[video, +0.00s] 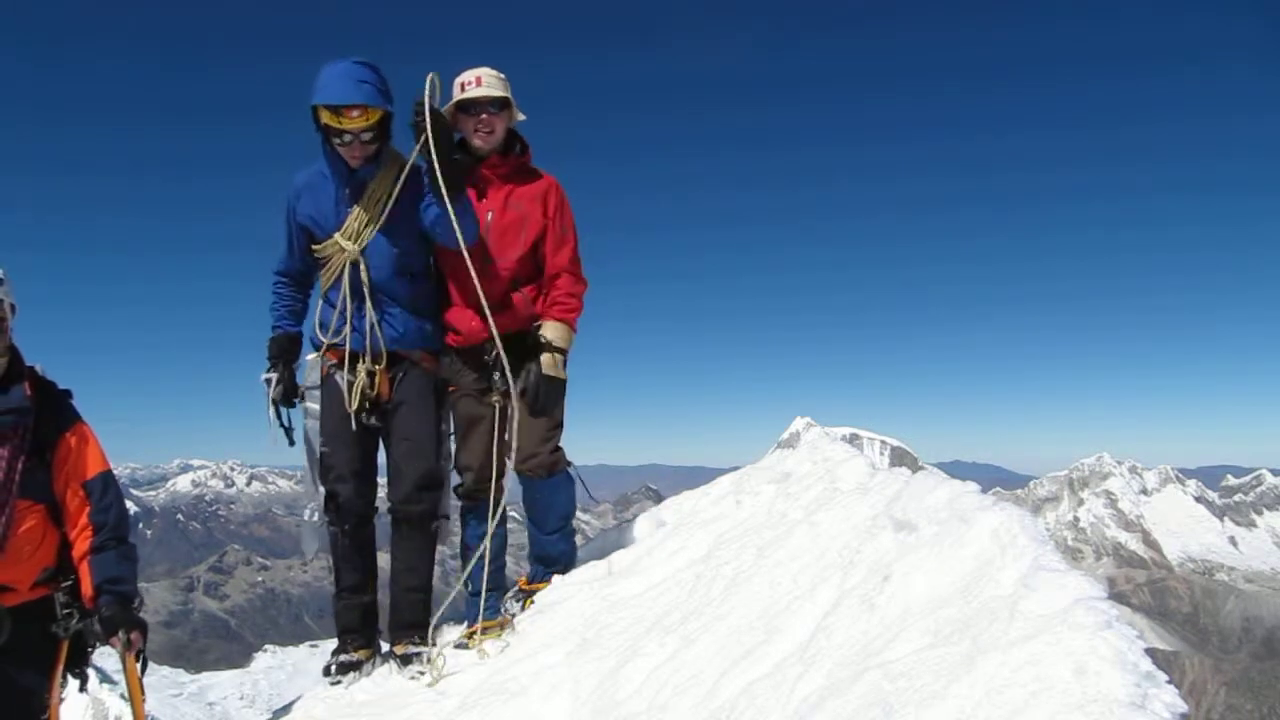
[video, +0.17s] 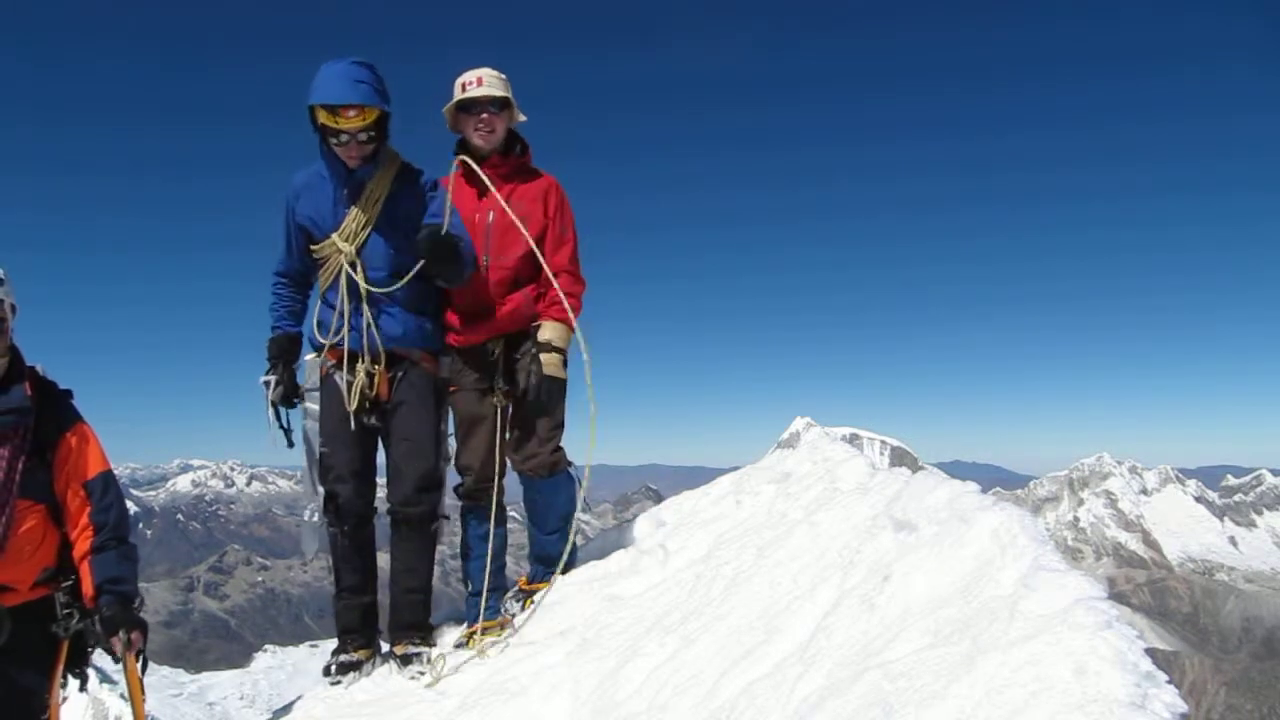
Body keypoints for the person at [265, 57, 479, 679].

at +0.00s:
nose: (354, 138)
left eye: (367, 125)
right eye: (340, 126)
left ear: (386, 122)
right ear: (322, 125)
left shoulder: (413, 180)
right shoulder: (307, 190)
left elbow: (458, 235)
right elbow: (290, 280)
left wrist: (440, 156)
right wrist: (281, 357)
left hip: (412, 362)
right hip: (339, 367)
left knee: (415, 500)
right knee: (346, 502)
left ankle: (409, 634)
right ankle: (355, 640)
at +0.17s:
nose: (352, 140)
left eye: (364, 126)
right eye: (338, 128)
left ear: (384, 123)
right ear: (319, 127)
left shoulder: (416, 186)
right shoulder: (306, 191)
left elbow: (459, 269)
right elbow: (289, 281)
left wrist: (447, 256)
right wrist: (282, 359)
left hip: (411, 363)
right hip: (338, 366)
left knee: (414, 500)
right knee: (346, 501)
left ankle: (410, 634)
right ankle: (355, 640)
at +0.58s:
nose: (352, 142)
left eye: (365, 129)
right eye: (339, 130)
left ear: (384, 126)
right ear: (322, 127)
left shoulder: (408, 191)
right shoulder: (303, 191)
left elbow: (444, 275)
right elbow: (281, 277)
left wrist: (441, 351)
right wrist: (271, 355)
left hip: (411, 359)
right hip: (335, 365)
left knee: (419, 490)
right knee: (342, 498)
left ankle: (402, 621)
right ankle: (355, 637)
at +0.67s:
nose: (358, 138)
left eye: (371, 125)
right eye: (345, 126)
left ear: (389, 123)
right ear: (327, 124)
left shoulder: (411, 191)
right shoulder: (306, 189)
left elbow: (446, 278)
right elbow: (282, 276)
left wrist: (443, 356)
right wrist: (270, 353)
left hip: (412, 361)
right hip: (336, 365)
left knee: (415, 493)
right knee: (342, 498)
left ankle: (395, 629)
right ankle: (354, 638)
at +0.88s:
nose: (373, 125)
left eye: (386, 112)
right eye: (360, 112)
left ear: (404, 115)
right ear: (341, 113)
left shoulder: (423, 190)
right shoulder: (317, 182)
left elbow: (453, 281)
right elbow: (292, 270)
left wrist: (456, 364)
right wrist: (275, 344)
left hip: (412, 367)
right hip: (337, 368)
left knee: (403, 498)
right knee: (343, 500)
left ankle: (390, 639)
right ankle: (352, 639)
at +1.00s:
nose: (380, 119)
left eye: (393, 106)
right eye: (368, 105)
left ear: (413, 109)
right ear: (348, 106)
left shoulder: (429, 187)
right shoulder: (322, 178)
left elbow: (457, 279)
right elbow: (296, 267)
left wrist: (462, 357)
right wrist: (279, 341)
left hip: (415, 364)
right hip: (338, 363)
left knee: (400, 497)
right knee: (342, 498)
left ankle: (390, 638)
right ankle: (351, 637)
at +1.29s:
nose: (389, 104)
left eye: (401, 93)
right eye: (377, 92)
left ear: (417, 100)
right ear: (358, 97)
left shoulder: (440, 182)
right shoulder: (328, 174)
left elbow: (466, 273)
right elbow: (303, 265)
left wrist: (471, 344)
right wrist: (286, 339)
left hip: (423, 354)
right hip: (345, 353)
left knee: (410, 497)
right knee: (338, 490)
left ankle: (390, 635)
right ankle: (333, 629)